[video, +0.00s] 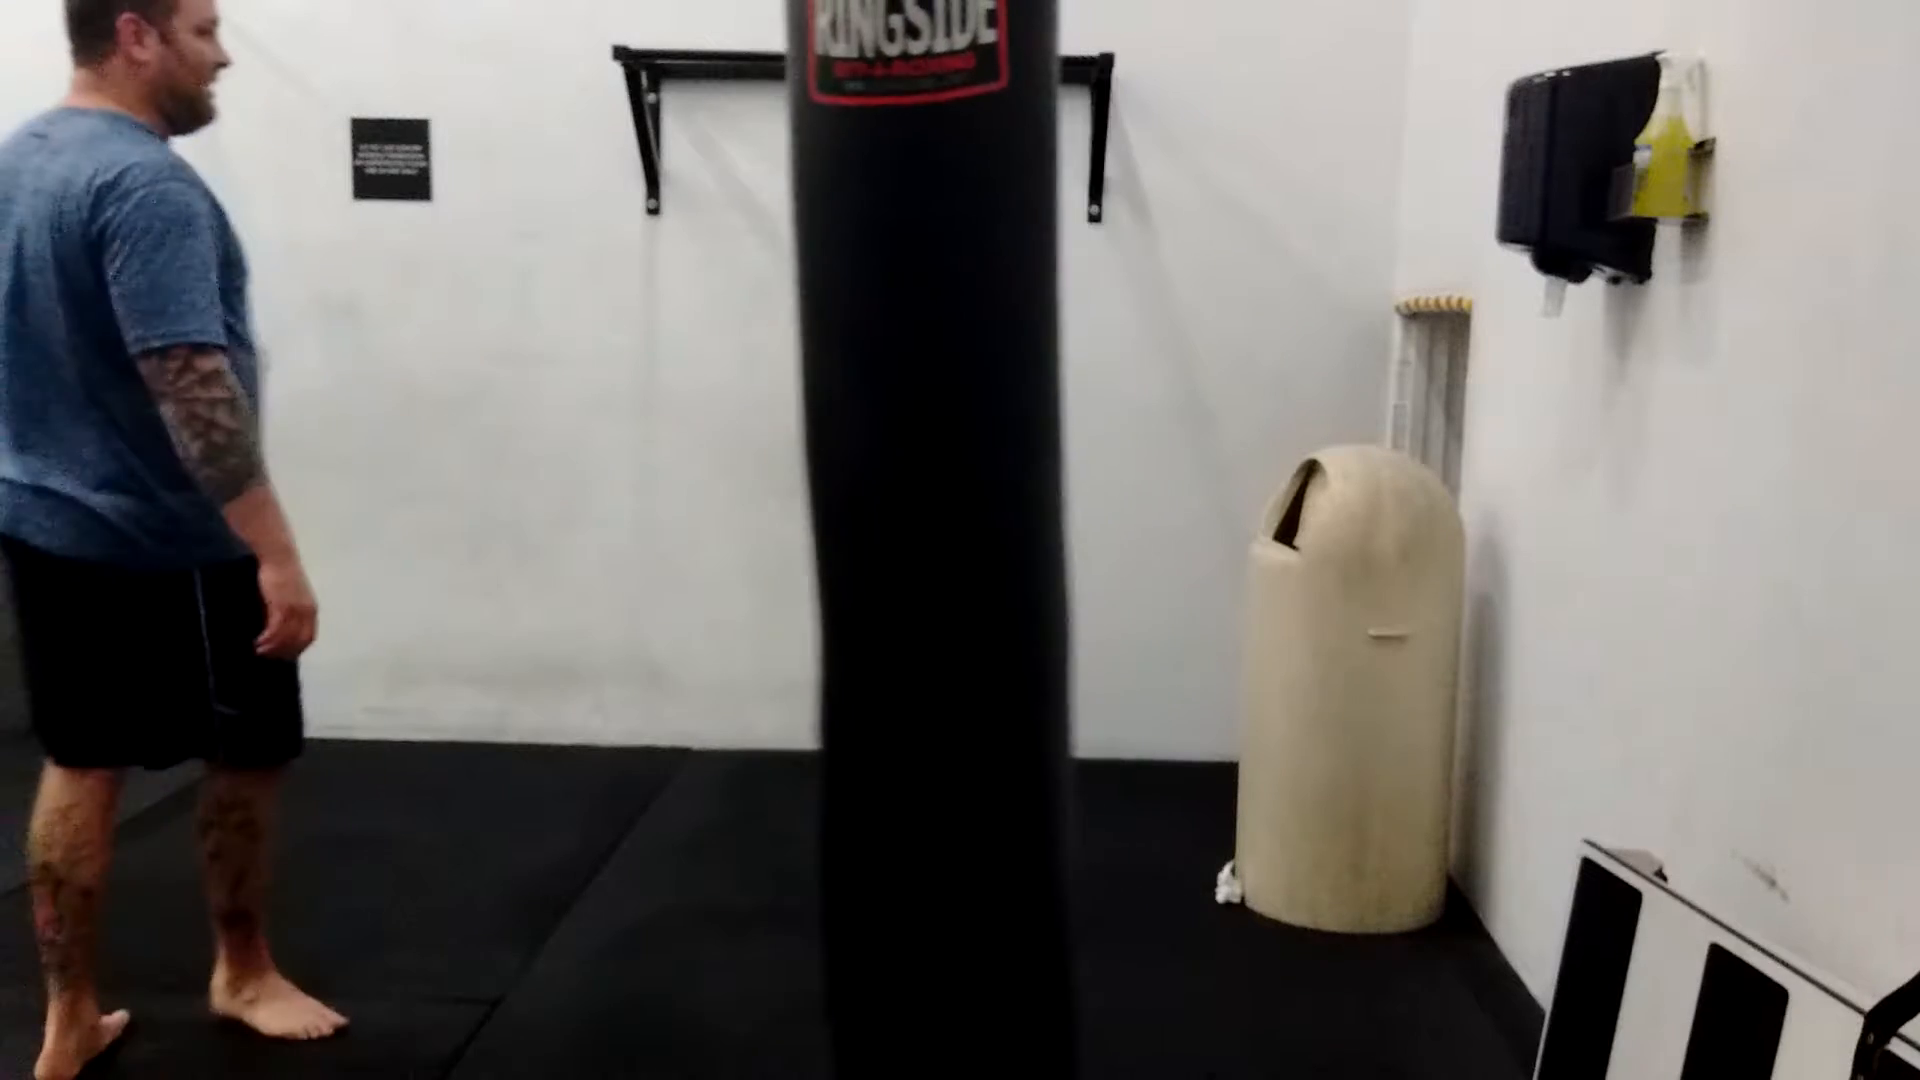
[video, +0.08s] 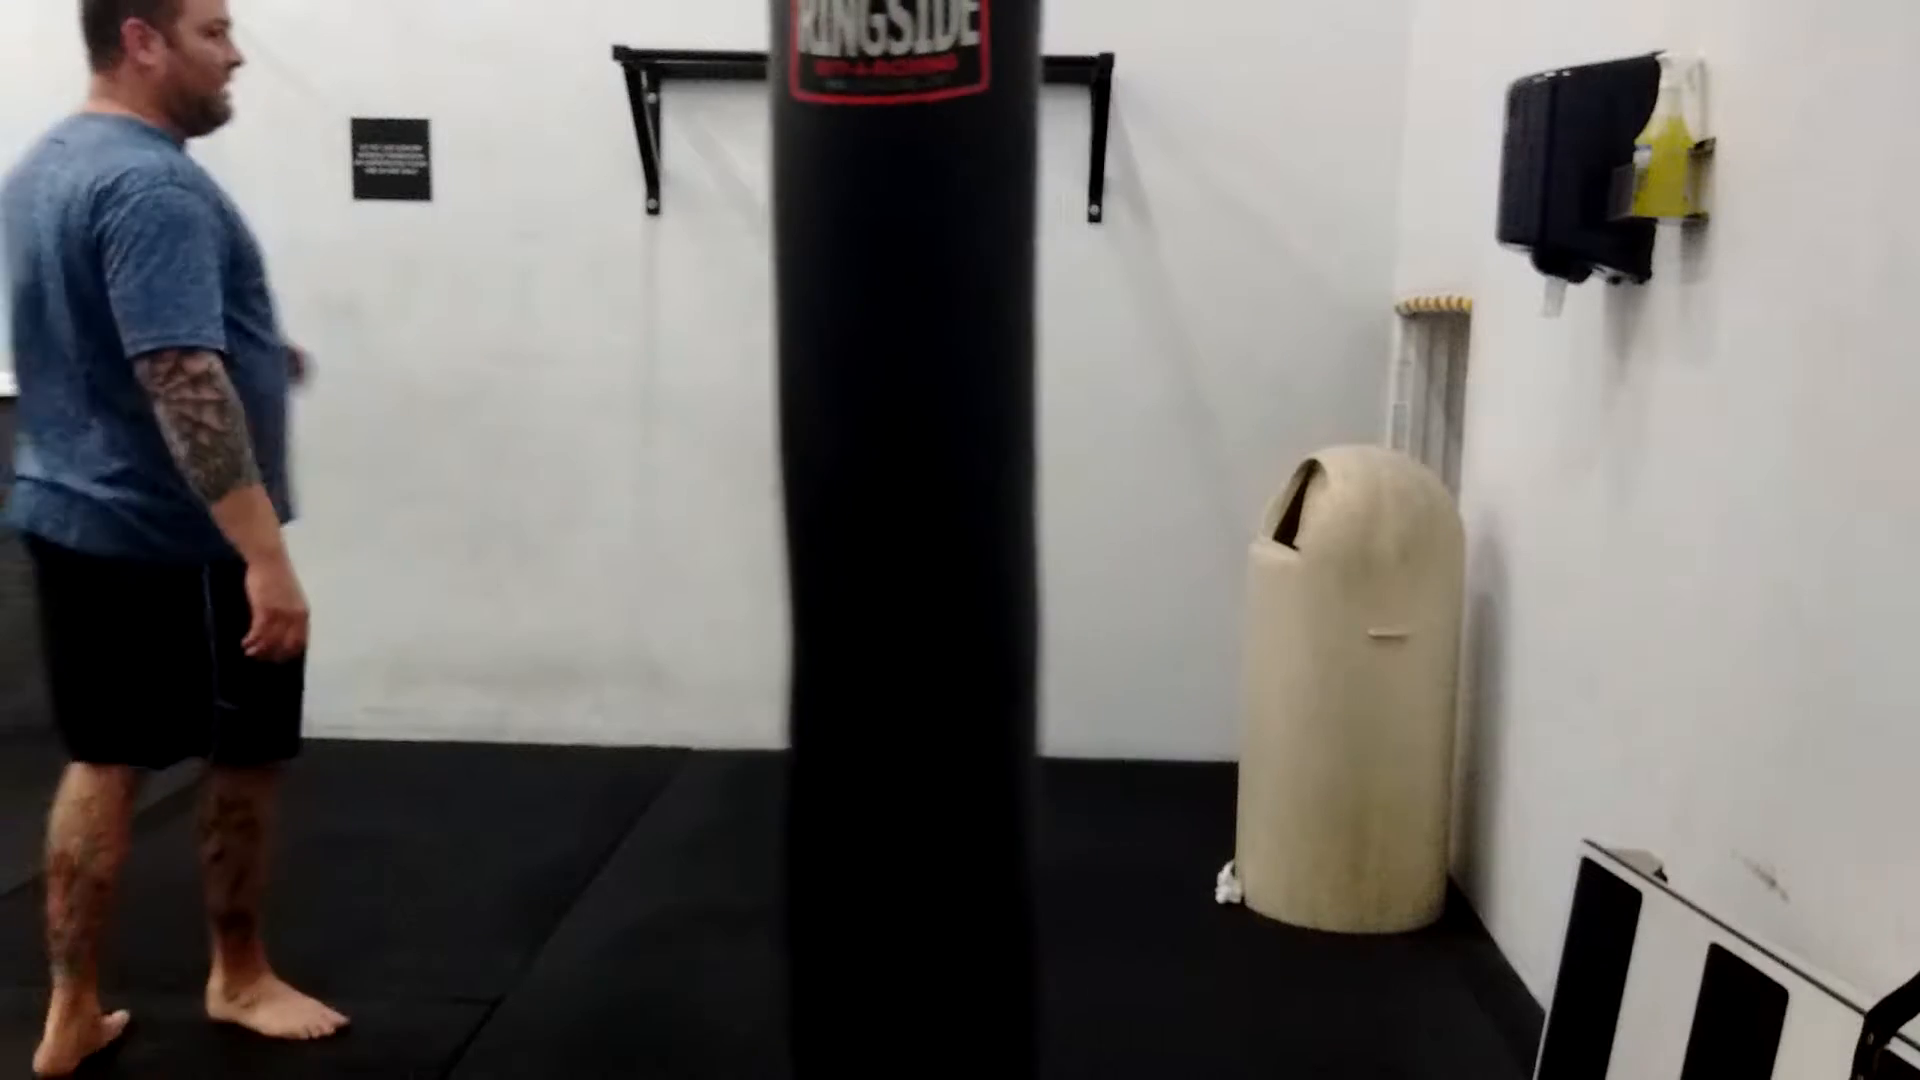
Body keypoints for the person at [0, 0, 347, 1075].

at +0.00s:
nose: (223, 54)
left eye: (218, 31)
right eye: (206, 31)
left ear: (126, 40)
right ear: (138, 37)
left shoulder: (24, 155)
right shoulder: (149, 182)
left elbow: (23, 356)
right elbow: (190, 383)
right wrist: (277, 552)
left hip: (46, 527)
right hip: (176, 539)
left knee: (78, 758)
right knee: (249, 742)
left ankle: (69, 1018)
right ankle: (245, 973)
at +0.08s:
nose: (236, 56)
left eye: (231, 34)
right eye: (217, 33)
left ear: (138, 47)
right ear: (144, 44)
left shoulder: (49, 164)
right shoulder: (154, 185)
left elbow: (82, 349)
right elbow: (184, 382)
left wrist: (253, 356)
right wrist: (267, 557)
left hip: (73, 525)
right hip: (185, 539)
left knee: (99, 755)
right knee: (250, 745)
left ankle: (71, 1012)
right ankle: (241, 977)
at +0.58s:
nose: (301, 63)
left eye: (313, 42)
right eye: (274, 40)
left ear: (326, 54)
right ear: (218, 53)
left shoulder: (317, 183)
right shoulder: (174, 191)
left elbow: (331, 325)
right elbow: (157, 369)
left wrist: (379, 423)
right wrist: (251, 514)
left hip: (347, 517)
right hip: (231, 530)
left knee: (385, 709)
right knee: (228, 751)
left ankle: (419, 907)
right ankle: (236, 976)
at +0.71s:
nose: (323, 65)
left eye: (337, 46)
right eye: (299, 44)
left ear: (353, 64)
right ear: (249, 59)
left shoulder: (380, 194)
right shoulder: (200, 194)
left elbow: (432, 314)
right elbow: (168, 366)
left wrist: (456, 393)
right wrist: (214, 514)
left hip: (377, 516)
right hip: (264, 525)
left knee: (398, 723)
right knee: (255, 751)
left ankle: (431, 915)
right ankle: (241, 976)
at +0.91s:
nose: (371, 73)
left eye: (389, 58)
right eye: (351, 53)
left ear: (410, 79)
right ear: (309, 69)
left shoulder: (455, 208)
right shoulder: (247, 197)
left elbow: (539, 317)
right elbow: (183, 345)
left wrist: (553, 364)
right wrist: (164, 494)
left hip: (421, 514)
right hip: (296, 519)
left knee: (411, 718)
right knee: (284, 738)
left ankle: (433, 914)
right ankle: (254, 961)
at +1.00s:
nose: (386, 74)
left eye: (403, 61)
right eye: (367, 56)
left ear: (426, 84)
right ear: (325, 71)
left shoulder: (473, 213)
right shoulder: (260, 196)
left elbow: (546, 323)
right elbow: (196, 344)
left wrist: (562, 368)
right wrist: (161, 489)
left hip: (430, 517)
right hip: (297, 515)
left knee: (418, 718)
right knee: (280, 734)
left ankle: (433, 913)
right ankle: (254, 949)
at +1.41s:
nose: (378, 86)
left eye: (396, 75)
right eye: (359, 70)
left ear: (419, 100)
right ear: (324, 90)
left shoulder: (473, 219)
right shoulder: (269, 212)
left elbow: (540, 345)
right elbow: (234, 352)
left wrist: (475, 390)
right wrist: (230, 486)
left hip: (441, 507)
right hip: (324, 508)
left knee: (439, 699)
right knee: (354, 695)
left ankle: (435, 907)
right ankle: (376, 847)